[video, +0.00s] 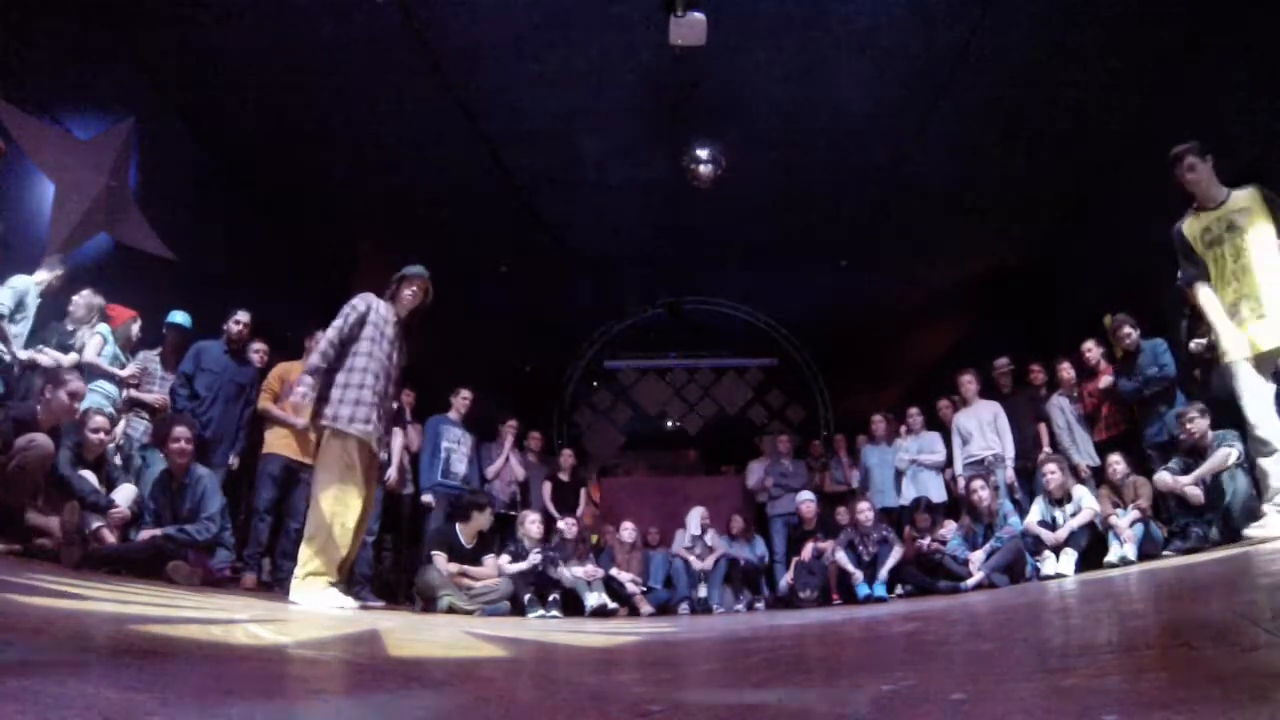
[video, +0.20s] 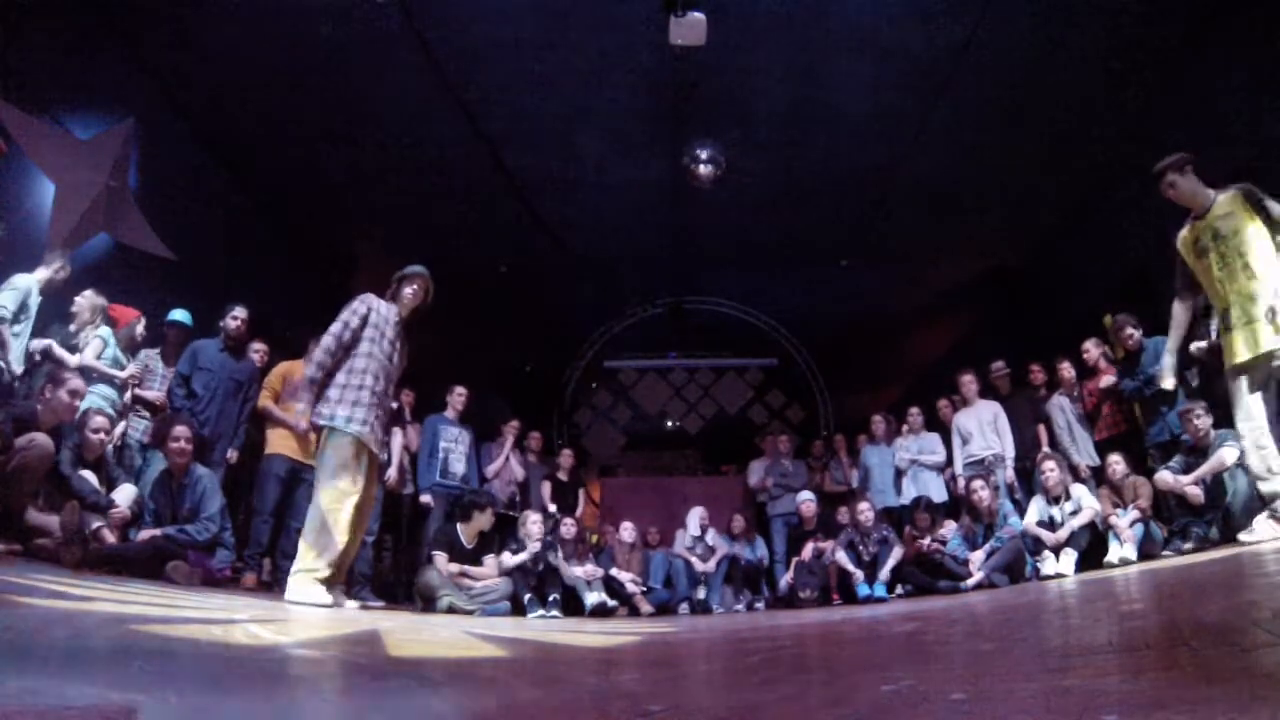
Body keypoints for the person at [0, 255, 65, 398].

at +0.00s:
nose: (58, 284)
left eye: (60, 279)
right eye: (58, 278)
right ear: (53, 273)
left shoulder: (36, 297)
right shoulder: (22, 282)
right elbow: (2, 314)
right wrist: (14, 350)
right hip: (4, 359)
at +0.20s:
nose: (60, 285)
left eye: (63, 280)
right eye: (62, 279)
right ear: (57, 270)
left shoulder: (35, 294)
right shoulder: (23, 282)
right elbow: (3, 317)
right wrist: (10, 363)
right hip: (4, 370)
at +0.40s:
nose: (60, 282)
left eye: (63, 277)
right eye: (62, 276)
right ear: (57, 268)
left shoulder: (34, 289)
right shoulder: (24, 282)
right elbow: (3, 320)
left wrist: (34, 323)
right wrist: (8, 360)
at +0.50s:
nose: (60, 281)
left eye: (63, 277)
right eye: (63, 275)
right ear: (57, 265)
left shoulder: (35, 290)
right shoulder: (25, 282)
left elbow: (14, 328)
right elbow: (3, 319)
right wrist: (11, 363)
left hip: (16, 372)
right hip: (7, 371)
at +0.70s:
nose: (61, 282)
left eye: (65, 276)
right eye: (64, 274)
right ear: (59, 265)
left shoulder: (34, 288)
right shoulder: (25, 282)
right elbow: (4, 321)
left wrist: (28, 359)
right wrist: (16, 367)